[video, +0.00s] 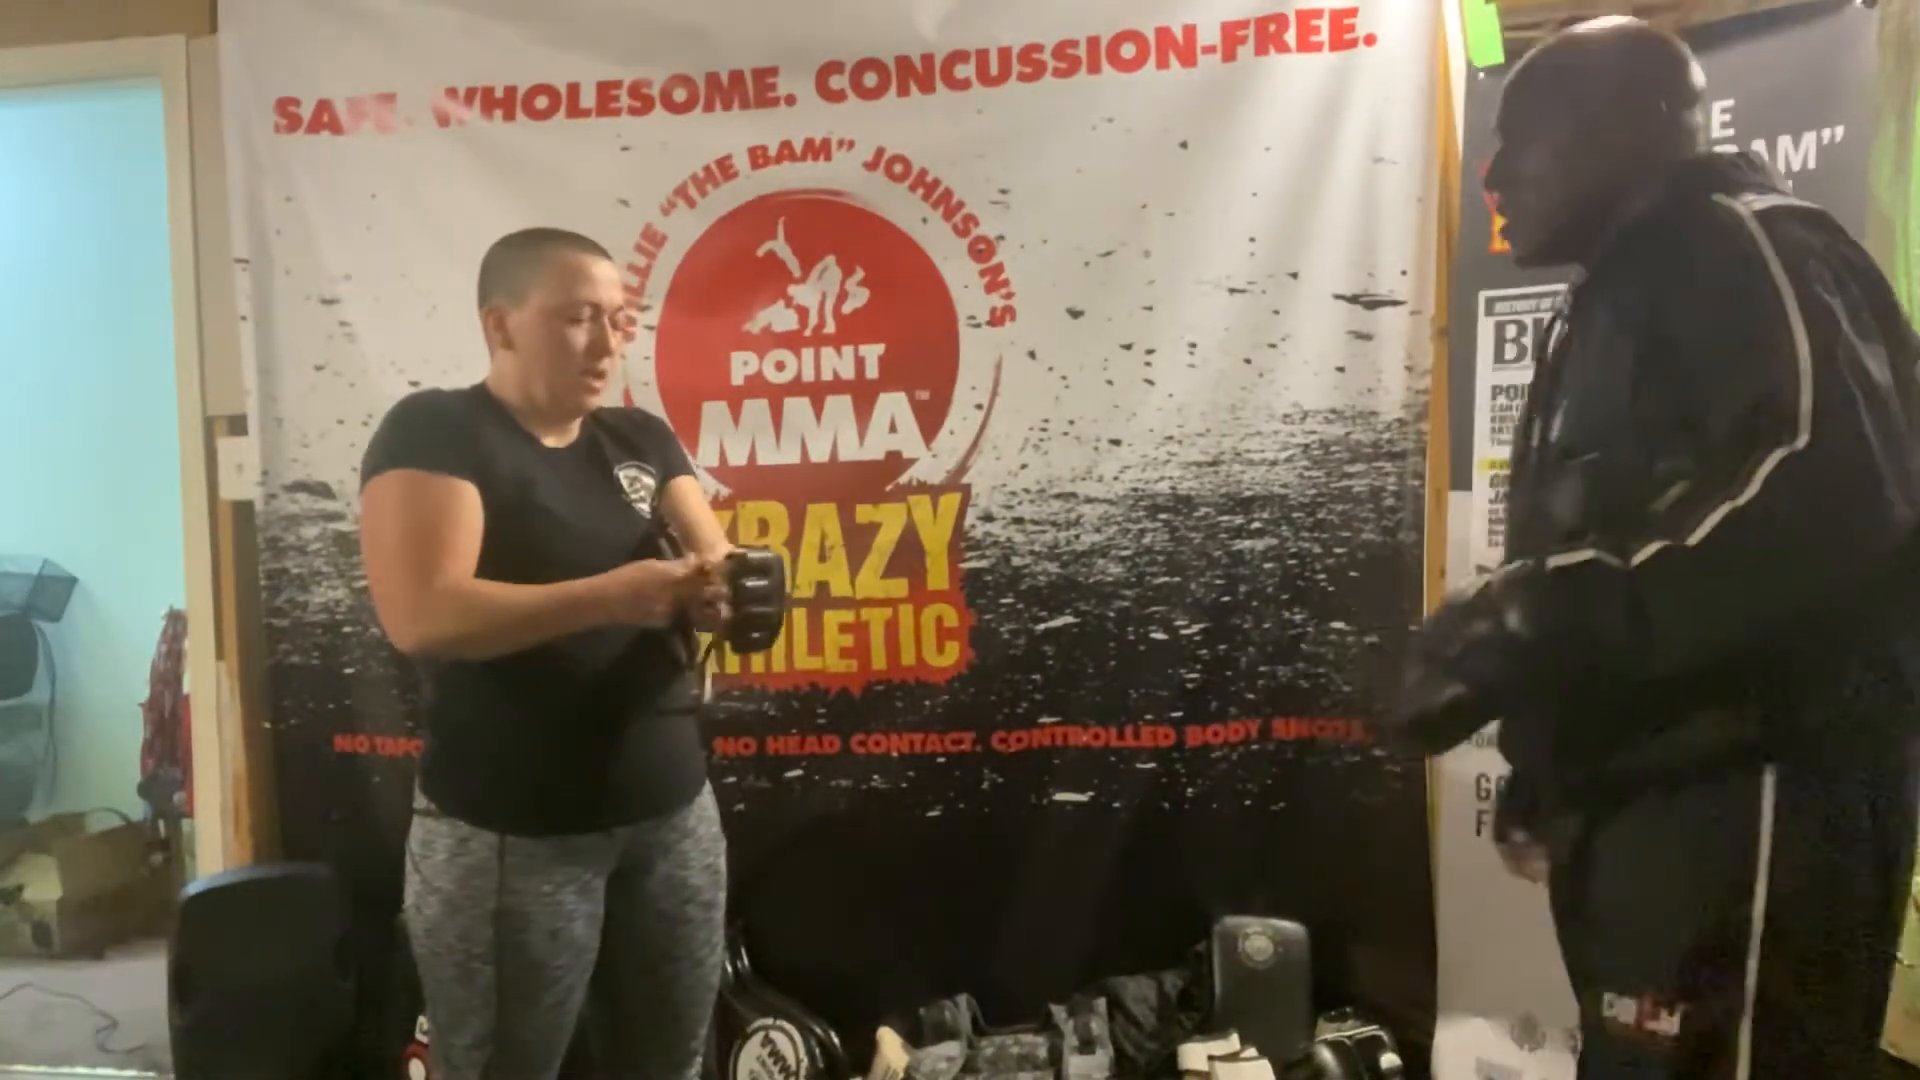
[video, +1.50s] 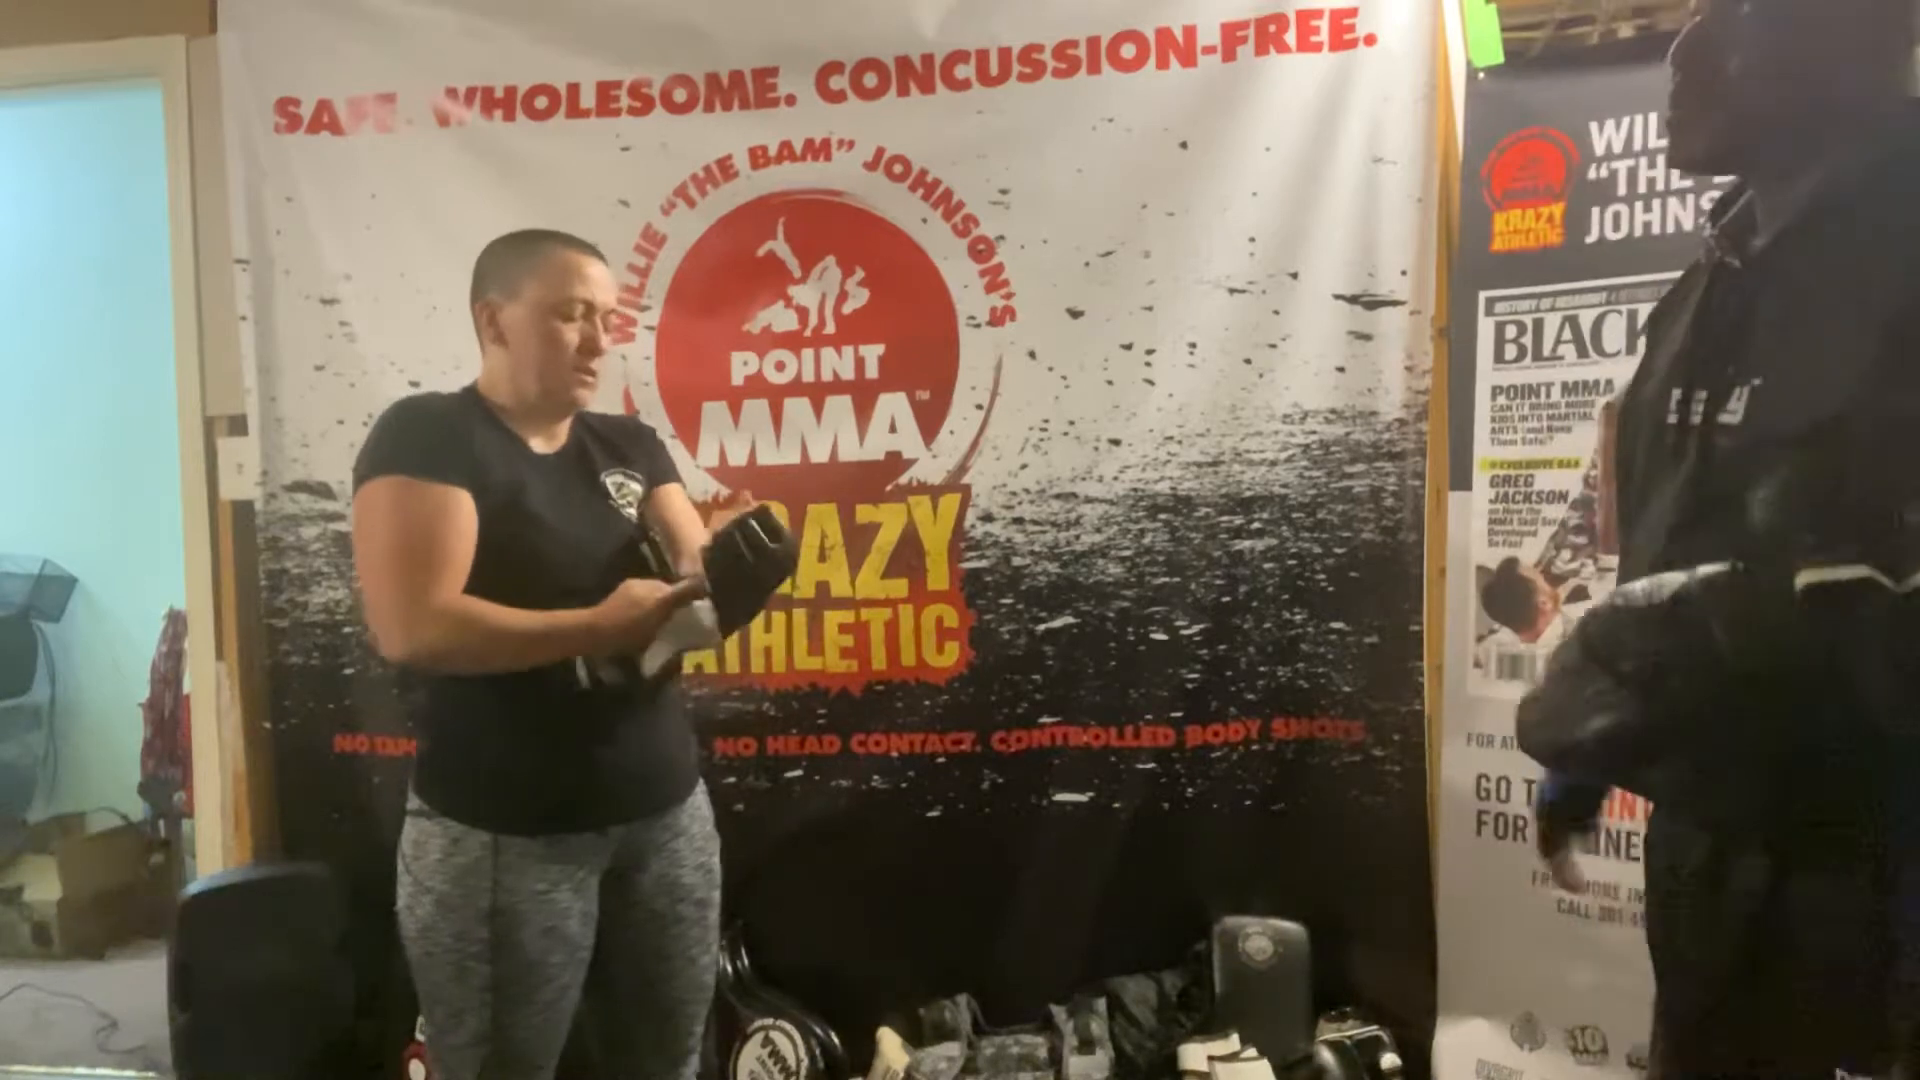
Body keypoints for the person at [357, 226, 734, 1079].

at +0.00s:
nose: (607, 341)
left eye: (616, 320)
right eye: (580, 316)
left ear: (625, 329)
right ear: (502, 324)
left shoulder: (641, 439)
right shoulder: (431, 432)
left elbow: (724, 572)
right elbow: (419, 614)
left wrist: (721, 593)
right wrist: (616, 595)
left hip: (670, 827)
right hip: (505, 844)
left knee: (662, 1065)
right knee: (497, 1068)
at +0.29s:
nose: (610, 343)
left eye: (621, 321)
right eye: (584, 316)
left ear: (631, 327)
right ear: (503, 321)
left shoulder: (638, 437)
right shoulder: (436, 427)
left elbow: (713, 569)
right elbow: (417, 607)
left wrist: (720, 599)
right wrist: (604, 579)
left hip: (670, 827)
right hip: (506, 844)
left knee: (663, 1065)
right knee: (499, 1068)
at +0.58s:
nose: (614, 342)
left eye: (621, 321)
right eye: (588, 315)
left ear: (628, 330)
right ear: (508, 318)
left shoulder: (638, 439)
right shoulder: (434, 429)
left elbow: (714, 564)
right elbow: (420, 611)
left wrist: (742, 581)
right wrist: (622, 617)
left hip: (670, 825)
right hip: (506, 843)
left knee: (664, 1064)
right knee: (501, 1066)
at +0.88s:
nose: (613, 342)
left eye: (621, 322)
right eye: (588, 316)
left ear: (628, 330)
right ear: (506, 319)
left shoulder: (637, 442)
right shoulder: (431, 429)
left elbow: (714, 589)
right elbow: (425, 610)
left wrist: (747, 550)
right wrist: (613, 620)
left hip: (671, 827)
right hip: (506, 844)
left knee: (663, 1065)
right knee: (499, 1068)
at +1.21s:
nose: (610, 343)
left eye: (619, 323)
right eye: (584, 316)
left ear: (627, 332)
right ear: (503, 320)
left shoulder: (632, 443)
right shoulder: (430, 430)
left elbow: (705, 576)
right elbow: (414, 612)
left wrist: (728, 589)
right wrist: (601, 608)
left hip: (670, 828)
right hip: (504, 846)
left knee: (663, 1066)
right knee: (499, 1067)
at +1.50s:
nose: (599, 339)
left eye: (606, 319)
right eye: (572, 312)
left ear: (613, 328)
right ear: (491, 319)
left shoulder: (628, 444)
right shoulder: (424, 436)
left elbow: (700, 581)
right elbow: (412, 626)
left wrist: (727, 549)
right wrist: (600, 627)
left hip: (664, 828)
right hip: (499, 846)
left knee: (658, 1065)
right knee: (496, 1068)